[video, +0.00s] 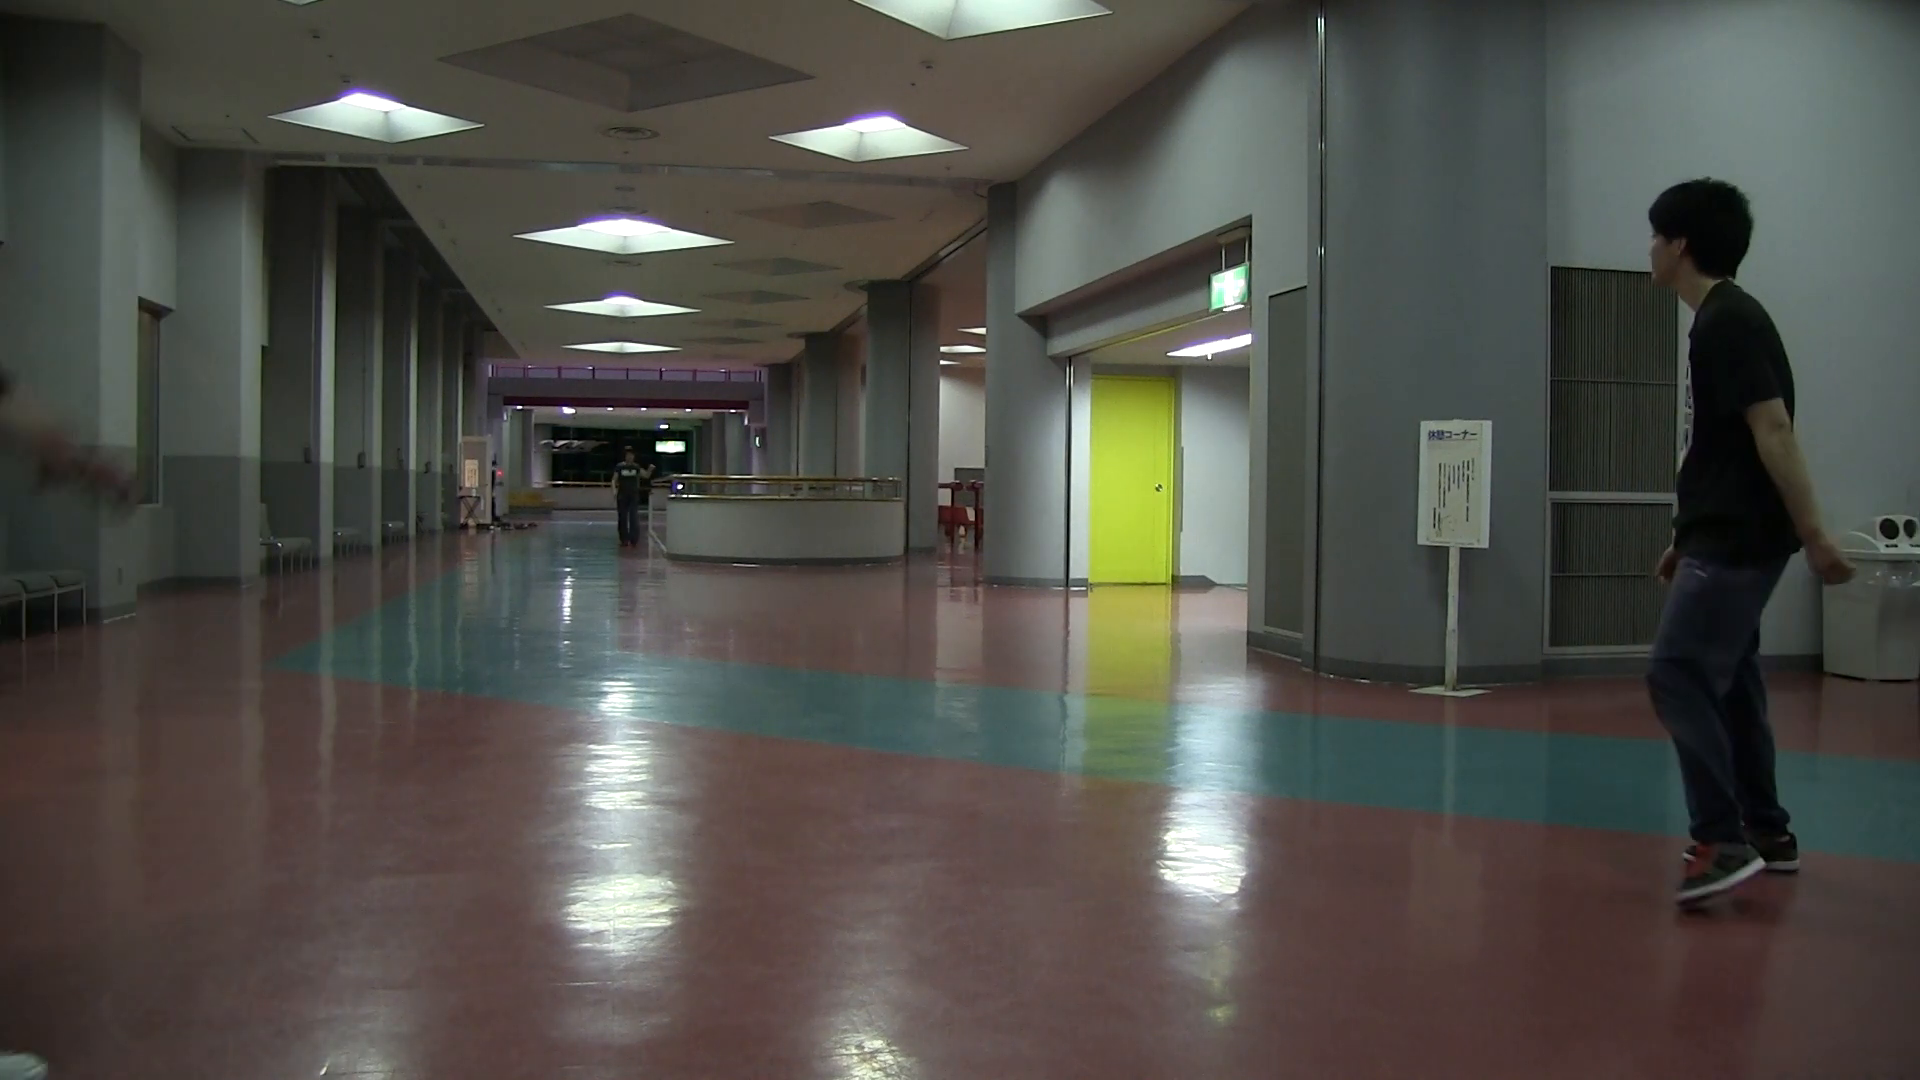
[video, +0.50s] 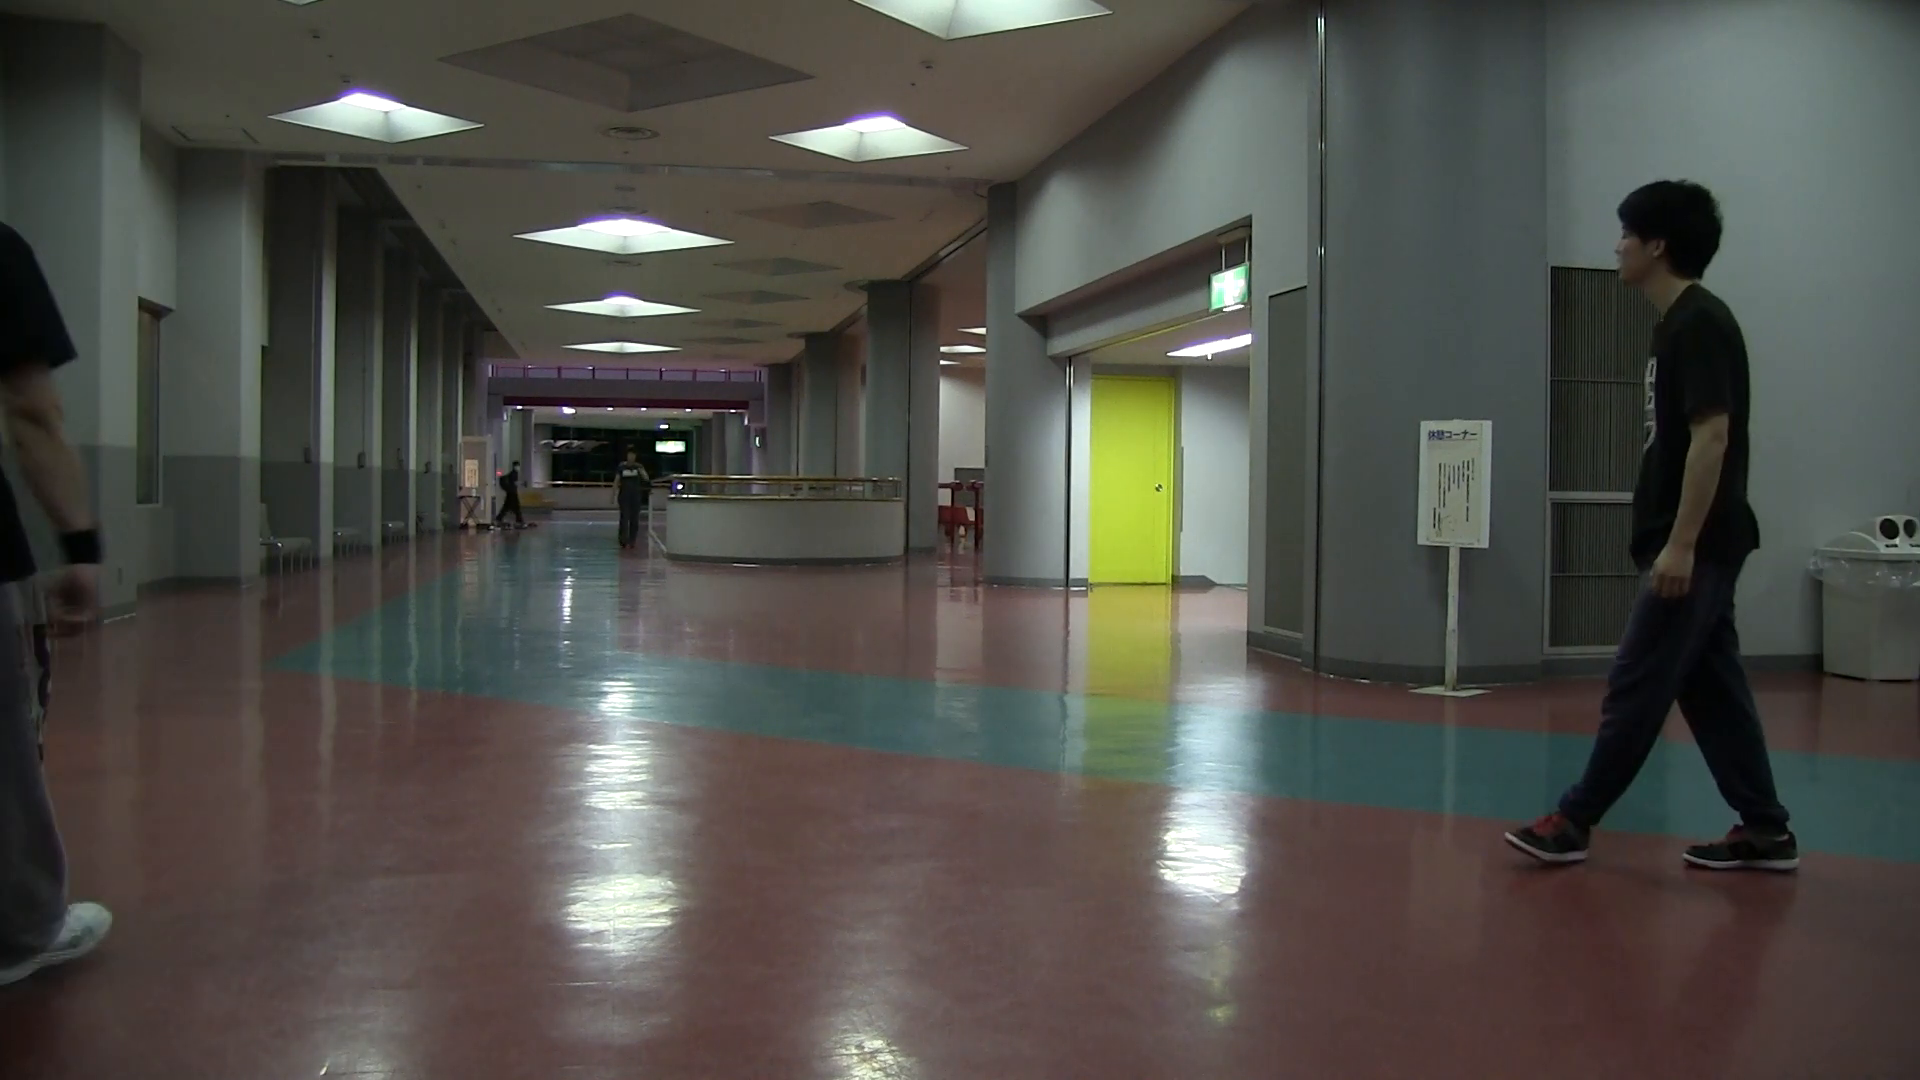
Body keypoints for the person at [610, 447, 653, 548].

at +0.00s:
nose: (629, 458)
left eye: (631, 456)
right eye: (627, 456)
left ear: (633, 457)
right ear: (625, 457)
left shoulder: (636, 467)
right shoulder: (620, 467)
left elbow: (645, 475)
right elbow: (614, 480)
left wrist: (650, 470)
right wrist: (614, 491)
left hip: (634, 496)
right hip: (622, 496)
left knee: (634, 518)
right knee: (622, 519)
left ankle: (634, 540)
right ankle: (624, 540)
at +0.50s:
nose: (631, 459)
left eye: (632, 456)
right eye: (629, 456)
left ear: (635, 457)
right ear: (626, 457)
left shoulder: (639, 467)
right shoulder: (621, 467)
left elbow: (646, 478)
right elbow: (616, 482)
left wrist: (640, 470)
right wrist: (614, 496)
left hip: (636, 498)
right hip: (624, 498)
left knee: (634, 520)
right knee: (624, 519)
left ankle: (632, 541)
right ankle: (623, 541)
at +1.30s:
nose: (628, 456)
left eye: (630, 454)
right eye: (627, 454)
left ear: (632, 455)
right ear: (624, 454)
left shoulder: (635, 465)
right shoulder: (618, 464)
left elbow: (640, 481)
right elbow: (612, 477)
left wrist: (645, 496)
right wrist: (618, 472)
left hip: (632, 496)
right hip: (620, 496)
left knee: (631, 519)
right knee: (620, 518)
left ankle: (627, 543)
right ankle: (621, 540)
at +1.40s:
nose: (627, 456)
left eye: (629, 454)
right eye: (626, 454)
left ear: (632, 454)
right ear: (623, 454)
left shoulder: (635, 465)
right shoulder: (618, 463)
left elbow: (639, 479)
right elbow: (610, 476)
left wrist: (641, 492)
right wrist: (617, 468)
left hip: (632, 495)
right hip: (620, 494)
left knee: (630, 520)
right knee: (619, 519)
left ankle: (627, 544)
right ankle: (618, 543)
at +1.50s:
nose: (627, 457)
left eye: (629, 455)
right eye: (625, 455)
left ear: (632, 456)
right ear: (622, 455)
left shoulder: (635, 465)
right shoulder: (618, 464)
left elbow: (637, 478)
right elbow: (610, 476)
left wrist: (635, 485)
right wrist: (618, 467)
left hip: (631, 494)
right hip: (619, 494)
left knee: (630, 519)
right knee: (619, 518)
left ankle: (627, 544)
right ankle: (616, 544)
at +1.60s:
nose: (625, 459)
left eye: (627, 457)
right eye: (623, 457)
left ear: (629, 457)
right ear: (620, 457)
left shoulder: (633, 467)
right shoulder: (616, 466)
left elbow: (635, 479)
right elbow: (609, 477)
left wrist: (630, 479)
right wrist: (618, 467)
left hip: (630, 497)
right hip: (618, 496)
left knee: (629, 521)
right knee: (618, 520)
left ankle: (627, 544)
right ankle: (617, 544)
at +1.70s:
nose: (624, 459)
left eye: (626, 456)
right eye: (622, 456)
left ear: (628, 456)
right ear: (619, 457)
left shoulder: (632, 466)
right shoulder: (616, 465)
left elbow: (635, 481)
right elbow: (609, 476)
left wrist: (632, 487)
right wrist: (618, 465)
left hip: (628, 497)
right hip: (617, 496)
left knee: (628, 520)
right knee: (617, 520)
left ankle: (628, 544)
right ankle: (618, 545)